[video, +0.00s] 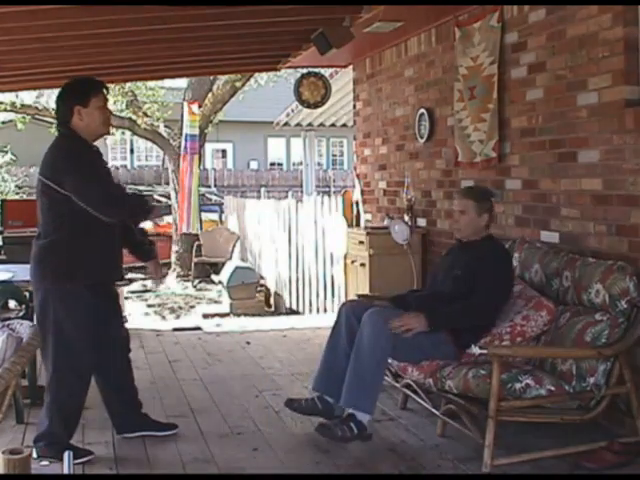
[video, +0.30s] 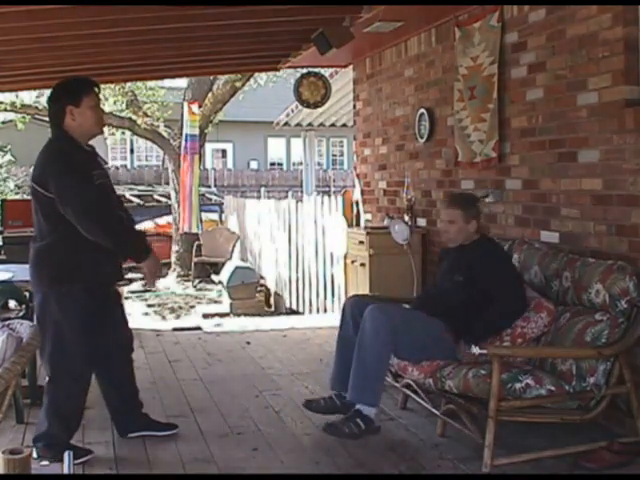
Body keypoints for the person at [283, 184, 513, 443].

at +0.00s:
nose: (453, 219)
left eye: (461, 213)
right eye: (453, 212)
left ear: (485, 218)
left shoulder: (496, 256)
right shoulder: (456, 251)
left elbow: (482, 311)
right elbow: (432, 294)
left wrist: (430, 319)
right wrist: (391, 303)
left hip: (452, 338)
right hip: (426, 323)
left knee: (377, 322)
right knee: (352, 310)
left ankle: (358, 419)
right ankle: (328, 399)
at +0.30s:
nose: (442, 228)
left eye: (450, 222)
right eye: (441, 221)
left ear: (473, 226)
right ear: (440, 222)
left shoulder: (491, 256)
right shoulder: (451, 255)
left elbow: (513, 304)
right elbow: (439, 294)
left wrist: (471, 338)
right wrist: (413, 309)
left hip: (456, 338)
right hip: (432, 326)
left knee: (380, 316)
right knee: (356, 306)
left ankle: (366, 415)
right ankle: (345, 396)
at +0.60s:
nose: (370, 229)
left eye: (377, 222)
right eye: (370, 222)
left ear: (402, 223)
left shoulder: (428, 251)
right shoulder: (397, 253)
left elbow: (469, 291)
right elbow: (415, 301)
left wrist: (461, 346)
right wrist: (394, 317)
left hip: (447, 339)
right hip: (422, 328)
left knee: (369, 327)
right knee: (346, 318)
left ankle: (370, 423)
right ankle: (343, 407)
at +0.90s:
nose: (290, 196)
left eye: (295, 189)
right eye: (291, 189)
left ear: (318, 190)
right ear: (311, 192)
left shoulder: (362, 219)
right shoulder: (321, 229)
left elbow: (402, 267)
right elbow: (350, 278)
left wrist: (424, 321)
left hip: (400, 297)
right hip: (366, 296)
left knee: (333, 335)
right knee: (311, 328)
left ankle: (367, 424)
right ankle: (335, 413)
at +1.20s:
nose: (260, 110)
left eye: (266, 103)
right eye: (261, 103)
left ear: (291, 107)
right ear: (284, 109)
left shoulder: (312, 150)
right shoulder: (287, 151)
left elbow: (324, 216)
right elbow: (288, 214)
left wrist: (305, 275)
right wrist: (256, 252)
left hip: (333, 260)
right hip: (323, 259)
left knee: (279, 327)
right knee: (308, 339)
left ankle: (311, 412)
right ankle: (342, 411)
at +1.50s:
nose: (224, 84)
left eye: (231, 77)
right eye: (225, 77)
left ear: (256, 83)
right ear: (254, 85)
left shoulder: (259, 129)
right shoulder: (260, 125)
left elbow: (251, 199)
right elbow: (250, 196)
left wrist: (233, 259)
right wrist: (231, 250)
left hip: (264, 255)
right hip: (268, 253)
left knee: (226, 345)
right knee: (247, 335)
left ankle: (229, 440)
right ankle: (305, 394)